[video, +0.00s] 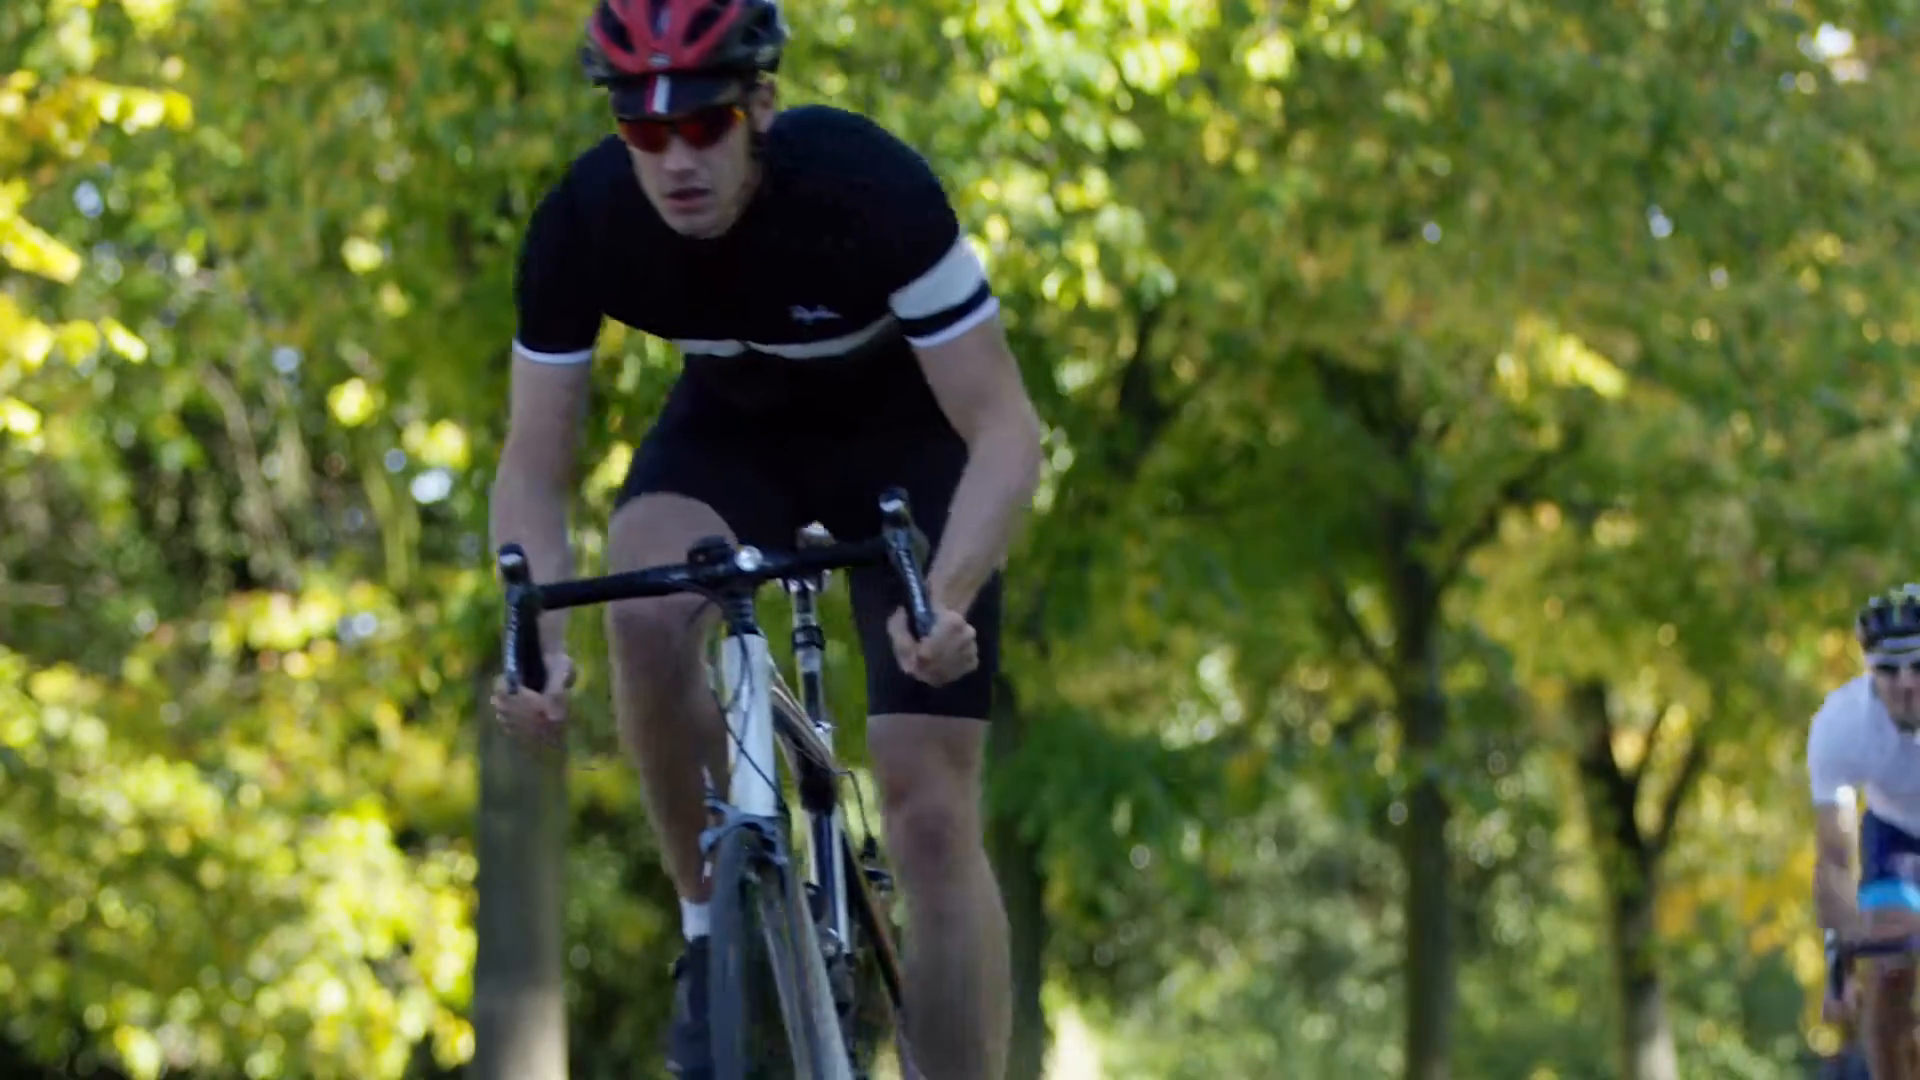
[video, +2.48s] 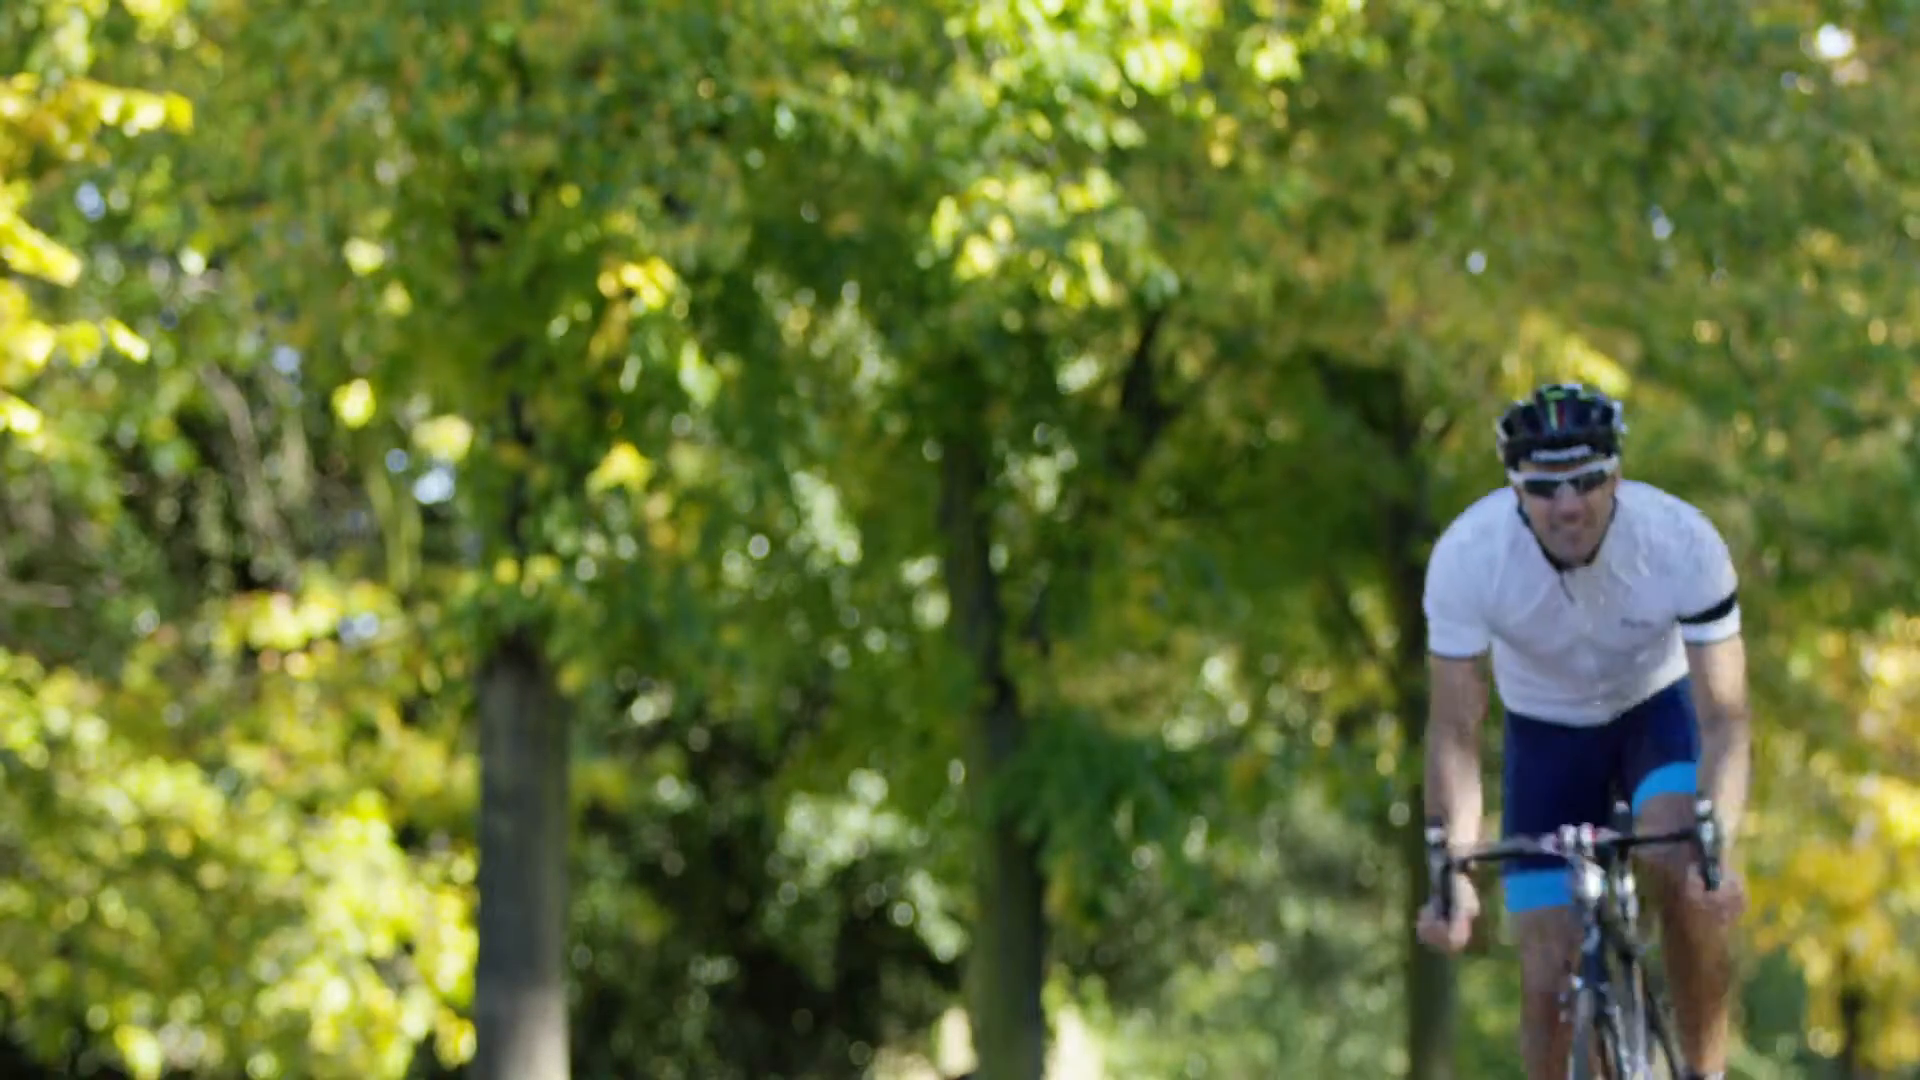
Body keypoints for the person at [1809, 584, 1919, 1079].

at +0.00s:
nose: (1906, 683)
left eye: (1916, 667)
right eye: (1890, 668)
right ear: (1870, 669)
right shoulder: (1841, 721)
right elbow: (1834, 858)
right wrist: (1849, 946)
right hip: (1895, 832)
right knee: (1893, 968)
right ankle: (1890, 1073)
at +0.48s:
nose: (1868, 662)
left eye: (1884, 644)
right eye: (1850, 647)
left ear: (1908, 636)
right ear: (1828, 643)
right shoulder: (1793, 700)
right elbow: (1788, 835)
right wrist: (1810, 936)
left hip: (1916, 837)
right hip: (1855, 845)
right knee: (1864, 1029)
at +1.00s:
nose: (1806, 624)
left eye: (1822, 605)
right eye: (1785, 610)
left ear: (1847, 596)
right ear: (1762, 609)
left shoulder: (1902, 654)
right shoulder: (1725, 665)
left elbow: (1918, 774)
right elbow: (1713, 805)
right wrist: (1711, 932)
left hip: (1891, 797)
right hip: (1786, 802)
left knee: (1899, 966)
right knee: (1777, 1001)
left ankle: (1896, 1068)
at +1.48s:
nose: (1726, 597)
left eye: (1741, 576)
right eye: (1703, 582)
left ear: (1768, 570)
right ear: (1681, 584)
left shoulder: (1835, 625)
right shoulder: (1648, 640)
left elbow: (1884, 777)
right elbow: (1635, 795)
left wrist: (1877, 901)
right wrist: (1638, 920)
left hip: (1829, 789)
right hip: (1723, 776)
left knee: (1838, 1014)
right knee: (1682, 906)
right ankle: (1714, 1070)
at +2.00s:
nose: (1653, 558)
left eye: (1671, 536)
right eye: (1630, 541)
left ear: (1697, 530)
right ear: (1603, 541)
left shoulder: (1759, 586)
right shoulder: (1560, 606)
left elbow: (1813, 747)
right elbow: (1561, 763)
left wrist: (1829, 884)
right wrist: (1578, 887)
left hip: (1749, 758)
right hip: (1632, 774)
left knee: (1779, 936)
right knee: (1650, 975)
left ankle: (1820, 1070)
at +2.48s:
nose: (1567, 506)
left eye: (1587, 483)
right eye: (1544, 488)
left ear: (1616, 474)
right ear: (1515, 486)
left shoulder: (1680, 540)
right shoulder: (1467, 558)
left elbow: (1727, 715)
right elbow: (1455, 730)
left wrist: (1719, 843)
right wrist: (1453, 871)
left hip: (1658, 706)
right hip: (1542, 726)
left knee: (1679, 863)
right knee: (1548, 977)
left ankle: (1706, 1068)